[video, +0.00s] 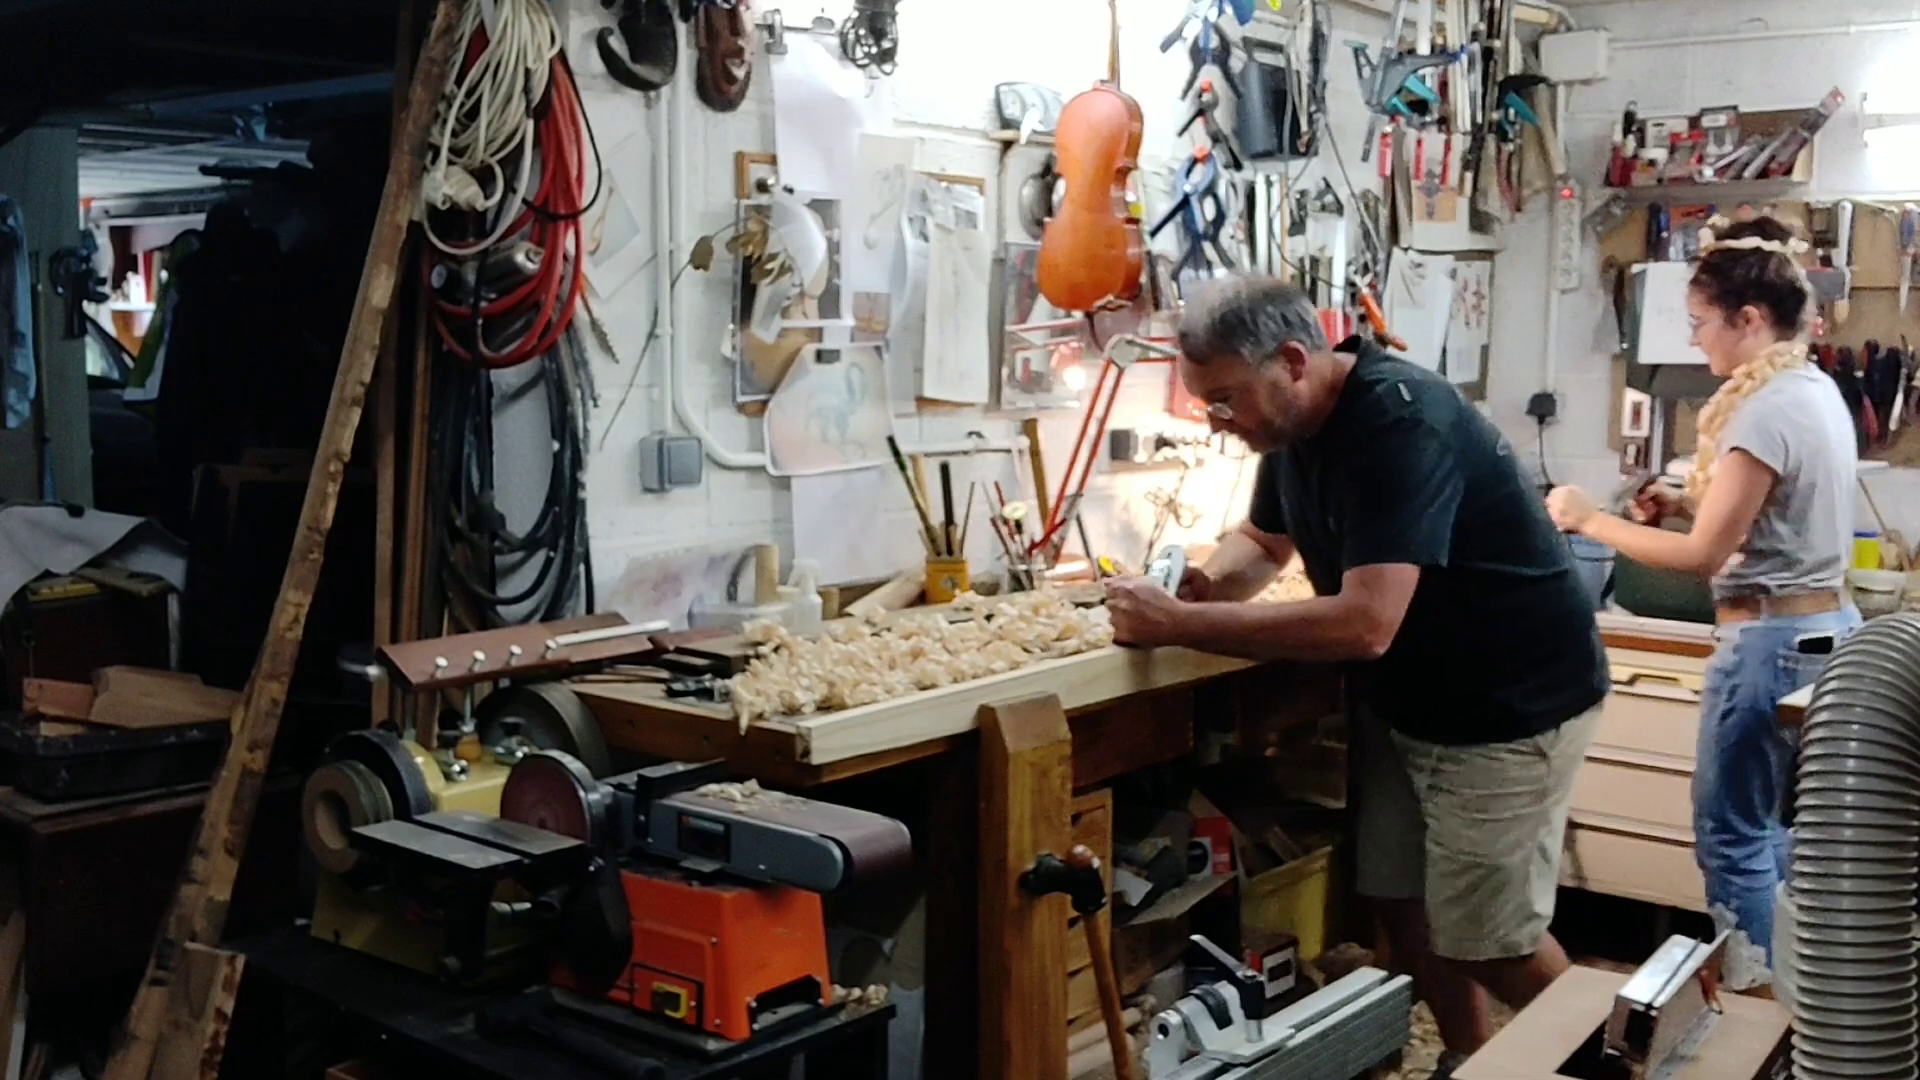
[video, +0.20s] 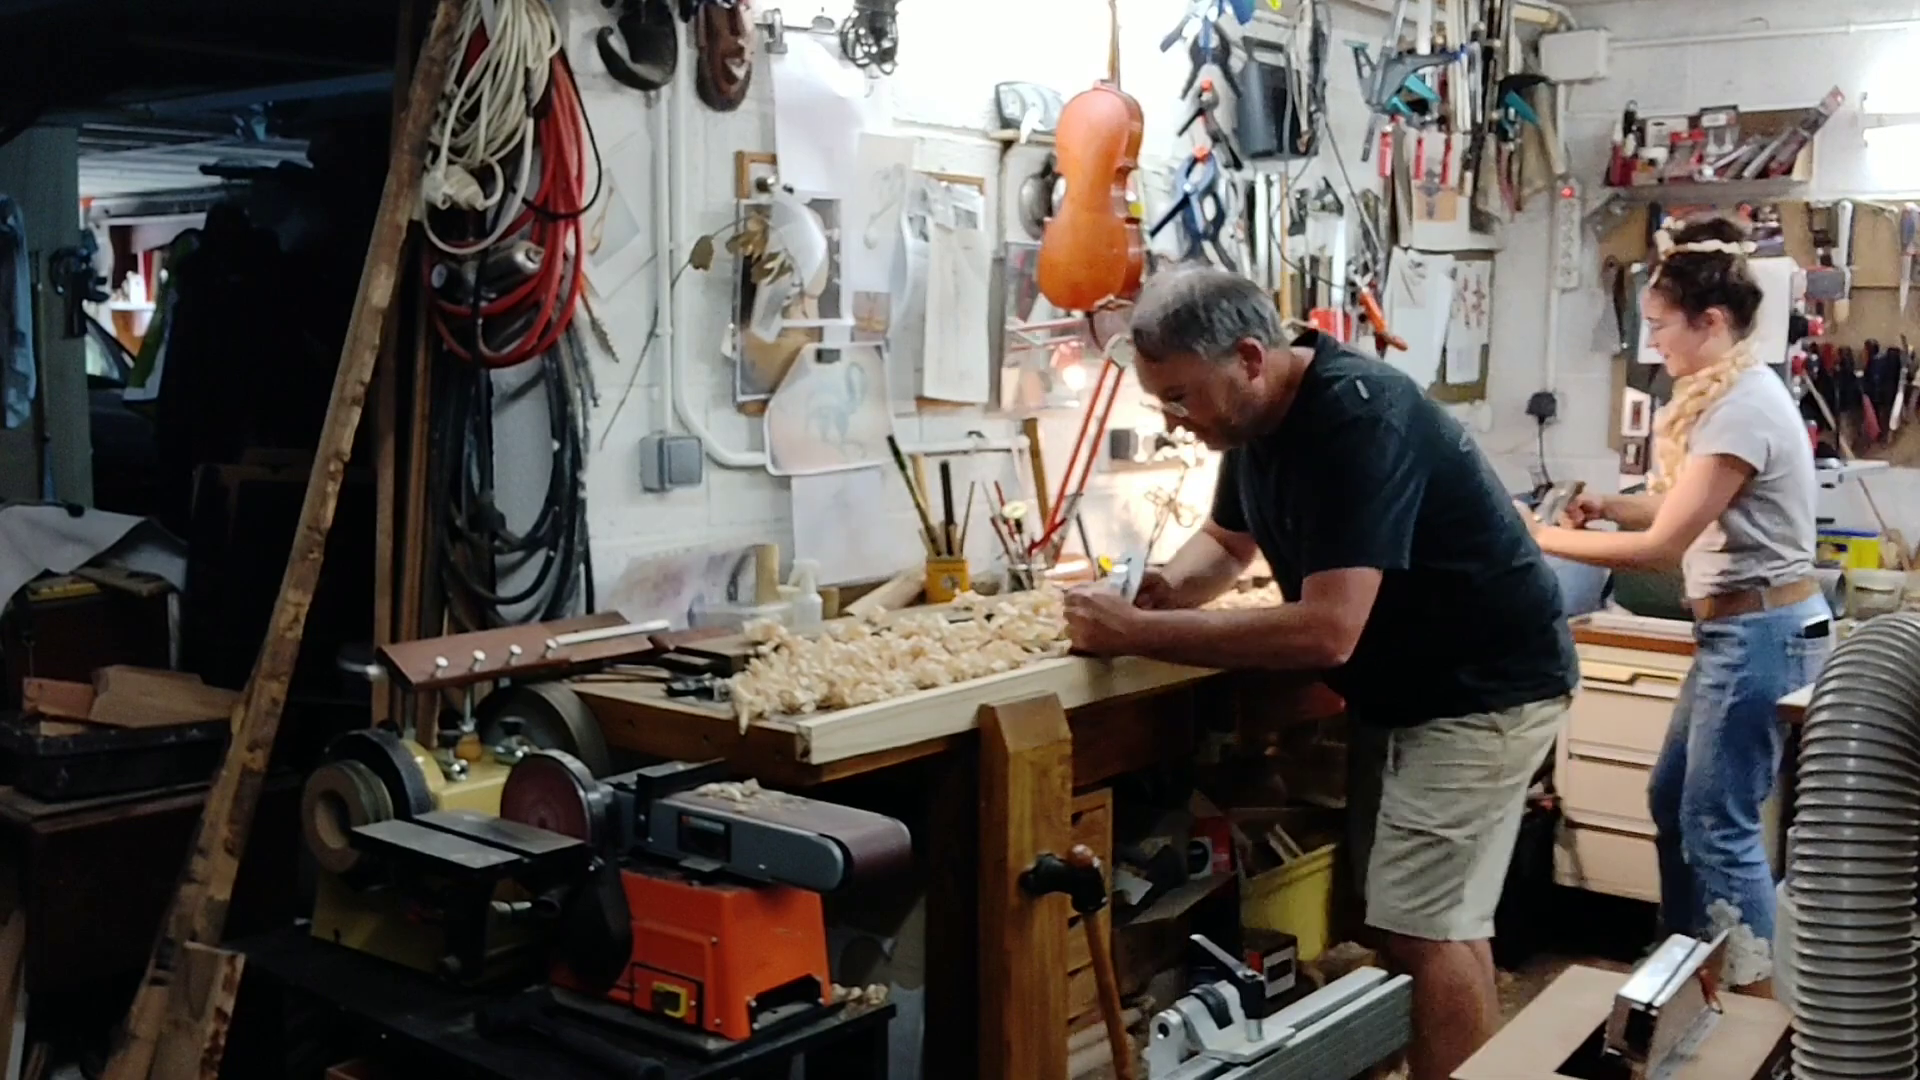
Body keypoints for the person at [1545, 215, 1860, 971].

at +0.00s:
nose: (1694, 341)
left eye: (1699, 323)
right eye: (1692, 324)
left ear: (1750, 319)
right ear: (1763, 317)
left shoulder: (1764, 411)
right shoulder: (1816, 392)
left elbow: (1700, 554)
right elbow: (1778, 507)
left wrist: (1590, 520)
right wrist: (1684, 504)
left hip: (1770, 638)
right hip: (1825, 625)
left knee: (1730, 831)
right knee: (1791, 818)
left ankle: (1750, 997)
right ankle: (1807, 978)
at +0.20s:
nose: (1650, 342)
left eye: (1658, 326)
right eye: (1648, 327)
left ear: (1711, 322)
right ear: (1709, 321)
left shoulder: (1746, 404)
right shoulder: (1718, 398)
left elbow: (1659, 548)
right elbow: (1681, 507)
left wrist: (1540, 538)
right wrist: (1608, 509)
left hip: (1763, 636)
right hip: (1732, 631)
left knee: (1716, 821)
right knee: (1671, 800)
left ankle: (1756, 995)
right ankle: (1694, 963)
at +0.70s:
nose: (1577, 348)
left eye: (1589, 331)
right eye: (1570, 333)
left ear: (1642, 325)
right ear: (1568, 331)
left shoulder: (1680, 409)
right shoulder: (1601, 409)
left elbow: (1644, 552)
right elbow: (1601, 507)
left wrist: (1527, 549)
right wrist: (1535, 512)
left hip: (1695, 628)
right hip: (1626, 627)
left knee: (1645, 805)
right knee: (1624, 805)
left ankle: (1700, 984)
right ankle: (1669, 971)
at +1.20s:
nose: (1552, 373)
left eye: (1566, 357)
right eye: (1543, 356)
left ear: (1618, 346)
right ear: (1535, 342)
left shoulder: (1656, 426)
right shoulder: (1575, 413)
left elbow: (1612, 565)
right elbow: (1557, 488)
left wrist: (1496, 554)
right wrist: (1492, 513)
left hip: (1677, 645)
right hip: (1616, 640)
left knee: (1616, 830)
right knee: (1635, 824)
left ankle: (1649, 996)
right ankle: (1682, 972)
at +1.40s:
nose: (1537, 384)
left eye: (1550, 368)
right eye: (1528, 368)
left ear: (1603, 355)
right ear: (1521, 351)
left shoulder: (1646, 432)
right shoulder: (1561, 419)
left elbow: (1593, 569)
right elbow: (1516, 498)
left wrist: (1473, 559)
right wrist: (1464, 522)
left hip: (1680, 648)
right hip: (1612, 646)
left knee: (1618, 828)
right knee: (1629, 827)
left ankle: (1661, 995)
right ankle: (1689, 975)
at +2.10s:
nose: (1489, 405)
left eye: (1503, 389)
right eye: (1482, 387)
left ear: (1557, 380)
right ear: (1474, 372)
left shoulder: (1606, 458)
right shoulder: (1522, 457)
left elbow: (1513, 589)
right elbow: (1472, 547)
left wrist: (1405, 605)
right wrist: (1392, 579)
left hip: (1660, 690)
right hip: (1578, 685)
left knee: (1607, 880)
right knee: (1551, 862)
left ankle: (1678, 1003)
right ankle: (1645, 967)